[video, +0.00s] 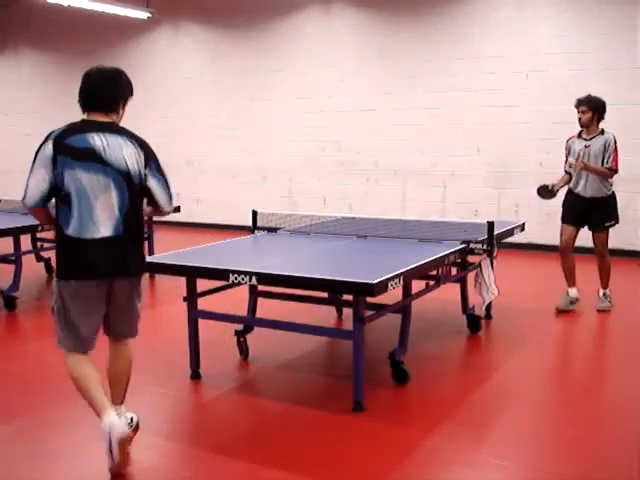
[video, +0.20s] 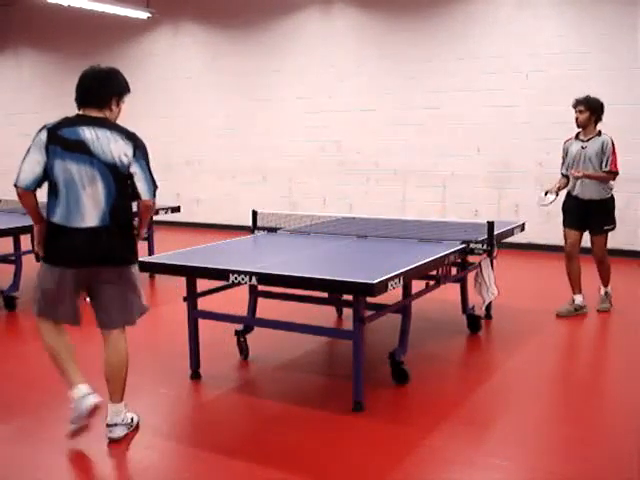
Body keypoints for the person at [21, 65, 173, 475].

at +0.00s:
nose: (126, 109)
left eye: (125, 104)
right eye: (125, 104)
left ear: (81, 101)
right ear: (121, 105)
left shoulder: (56, 142)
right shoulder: (134, 146)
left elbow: (32, 202)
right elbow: (164, 204)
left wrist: (57, 225)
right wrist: (140, 209)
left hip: (78, 265)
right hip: (126, 263)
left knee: (74, 348)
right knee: (121, 340)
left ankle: (113, 418)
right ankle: (114, 426)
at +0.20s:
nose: (122, 109)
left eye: (122, 102)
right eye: (122, 102)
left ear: (79, 100)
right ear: (112, 103)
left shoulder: (51, 134)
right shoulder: (128, 142)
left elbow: (23, 186)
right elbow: (148, 203)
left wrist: (39, 223)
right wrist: (137, 232)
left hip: (64, 252)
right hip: (113, 253)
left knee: (46, 317)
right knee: (114, 330)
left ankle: (80, 391)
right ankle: (117, 416)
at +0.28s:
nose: (112, 111)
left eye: (112, 104)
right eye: (111, 104)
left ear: (71, 101)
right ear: (100, 104)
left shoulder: (38, 136)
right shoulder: (112, 142)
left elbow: (13, 188)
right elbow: (137, 201)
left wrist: (38, 216)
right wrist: (123, 225)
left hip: (54, 251)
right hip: (102, 253)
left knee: (40, 316)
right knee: (109, 328)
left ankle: (30, 398)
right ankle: (115, 415)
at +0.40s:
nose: (100, 114)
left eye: (101, 108)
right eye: (100, 108)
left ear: (60, 103)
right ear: (88, 106)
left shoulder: (29, 139)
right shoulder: (92, 143)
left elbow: (10, 193)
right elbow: (117, 200)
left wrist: (39, 214)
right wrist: (117, 222)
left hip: (46, 255)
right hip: (92, 255)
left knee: (32, 321)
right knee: (105, 331)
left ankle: (6, 392)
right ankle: (114, 416)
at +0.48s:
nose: (85, 118)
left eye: (86, 111)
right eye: (83, 111)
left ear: (49, 106)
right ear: (68, 108)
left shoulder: (16, 142)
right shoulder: (68, 146)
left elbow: (9, 197)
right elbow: (88, 204)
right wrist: (110, 211)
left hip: (31, 255)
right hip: (75, 256)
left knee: (21, 323)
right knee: (98, 329)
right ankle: (113, 416)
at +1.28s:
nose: (54, 126)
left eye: (55, 119)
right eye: (52, 118)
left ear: (24, 116)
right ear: (34, 115)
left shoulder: (5, 141)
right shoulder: (27, 142)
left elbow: (25, 198)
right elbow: (29, 197)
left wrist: (57, 218)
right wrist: (62, 222)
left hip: (4, 258)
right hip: (16, 260)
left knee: (5, 334)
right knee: (38, 340)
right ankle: (41, 446)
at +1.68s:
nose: (72, 143)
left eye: (73, 135)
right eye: (70, 135)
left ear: (36, 131)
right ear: (52, 135)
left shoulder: (10, 156)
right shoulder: (36, 168)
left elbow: (23, 230)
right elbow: (30, 237)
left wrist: (65, 255)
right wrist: (75, 258)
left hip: (11, 280)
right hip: (11, 280)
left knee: (40, 352)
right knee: (42, 353)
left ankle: (36, 458)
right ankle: (36, 460)